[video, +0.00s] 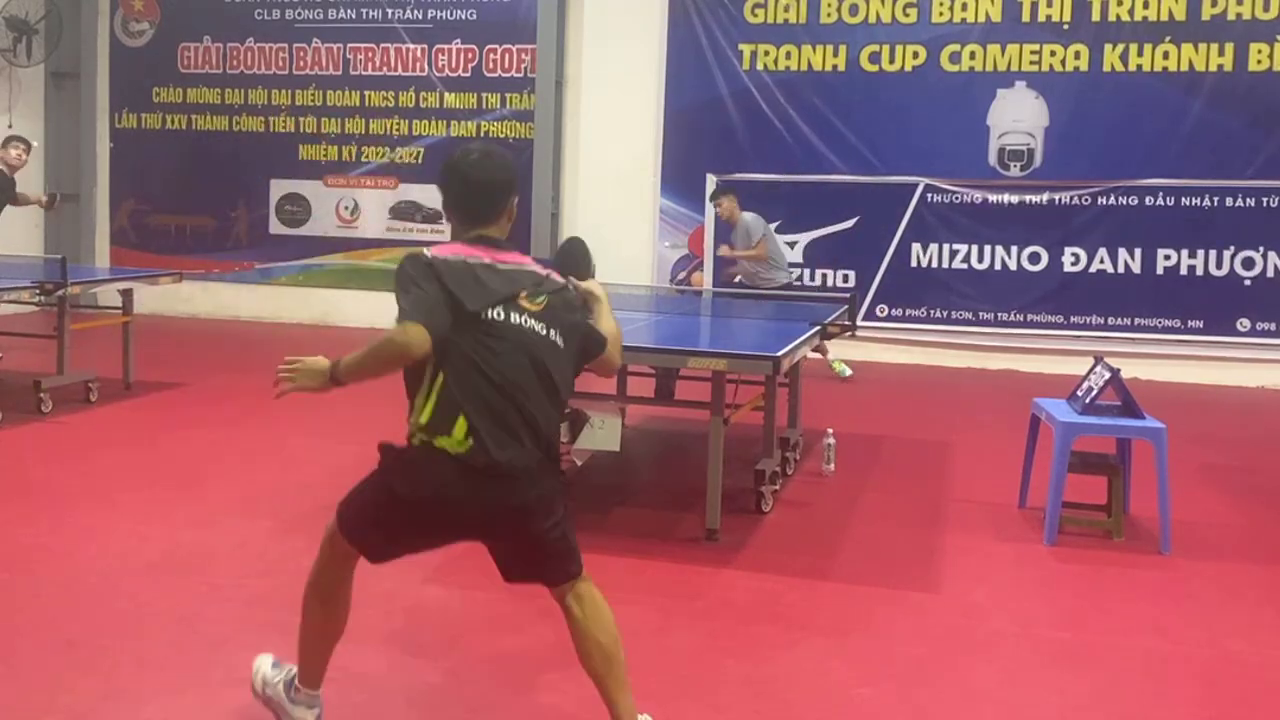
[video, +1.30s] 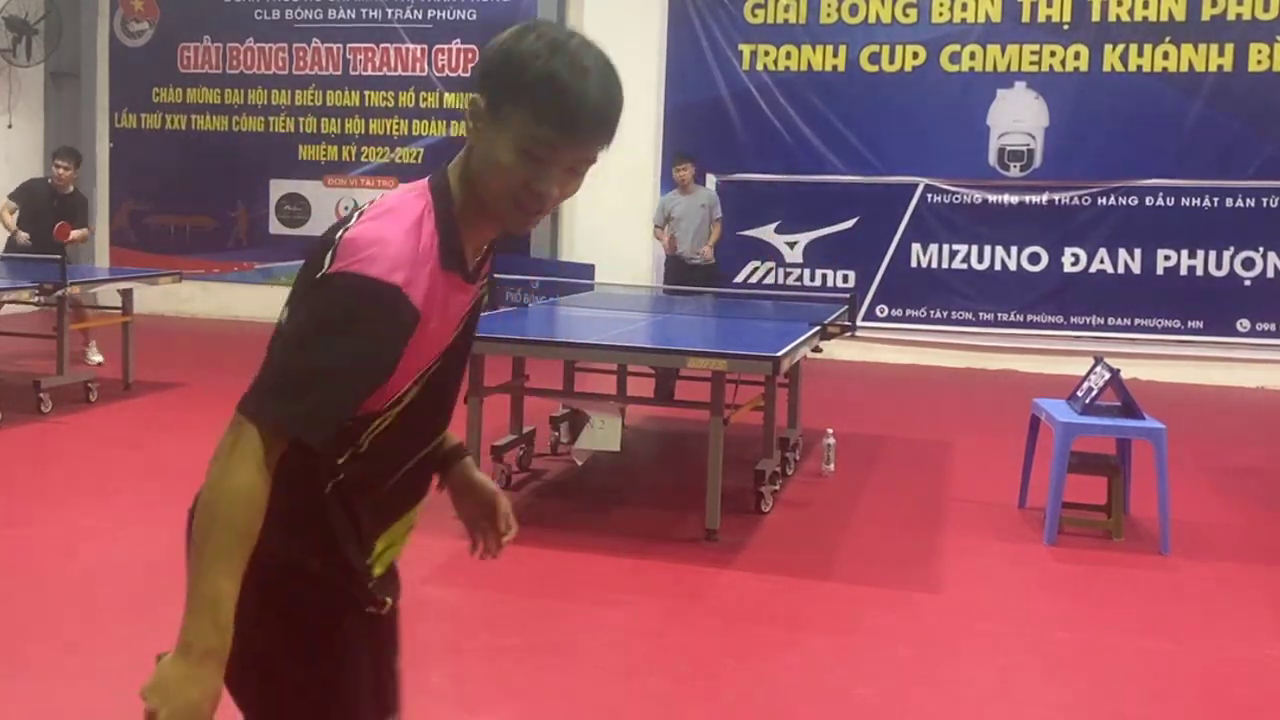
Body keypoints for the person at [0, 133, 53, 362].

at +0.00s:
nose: (20, 154)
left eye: (24, 152)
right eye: (15, 149)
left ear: (26, 160)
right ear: (2, 152)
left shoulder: (9, 180)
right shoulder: (3, 178)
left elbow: (14, 199)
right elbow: (14, 199)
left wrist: (40, 199)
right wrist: (38, 199)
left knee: (0, 294)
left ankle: (1, 350)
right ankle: (1, 350)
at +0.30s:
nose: (14, 174)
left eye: (20, 171)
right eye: (11, 168)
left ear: (27, 175)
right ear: (3, 167)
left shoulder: (24, 191)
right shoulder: (1, 185)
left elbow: (31, 207)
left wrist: (27, 226)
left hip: (2, 249)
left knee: (3, 300)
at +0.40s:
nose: (11, 174)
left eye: (17, 170)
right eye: (8, 168)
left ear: (27, 174)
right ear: (2, 167)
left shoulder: (28, 192)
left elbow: (42, 214)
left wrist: (50, 237)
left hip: (9, 252)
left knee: (23, 296)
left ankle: (7, 342)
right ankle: (6, 342)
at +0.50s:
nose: (16, 170)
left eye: (23, 167)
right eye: (12, 165)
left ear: (33, 171)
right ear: (7, 166)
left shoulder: (38, 192)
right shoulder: (2, 187)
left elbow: (56, 212)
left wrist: (64, 229)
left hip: (21, 253)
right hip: (2, 253)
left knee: (46, 289)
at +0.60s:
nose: (28, 167)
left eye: (34, 163)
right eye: (25, 161)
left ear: (45, 168)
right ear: (18, 163)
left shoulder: (53, 191)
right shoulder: (6, 187)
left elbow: (76, 214)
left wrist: (75, 228)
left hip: (42, 259)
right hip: (8, 259)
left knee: (71, 295)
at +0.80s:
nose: (54, 167)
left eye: (60, 163)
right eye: (51, 162)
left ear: (72, 167)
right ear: (47, 163)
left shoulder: (84, 193)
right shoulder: (34, 188)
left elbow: (109, 221)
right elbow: (8, 206)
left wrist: (100, 232)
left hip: (74, 263)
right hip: (37, 261)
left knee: (91, 300)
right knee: (14, 303)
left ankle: (104, 346)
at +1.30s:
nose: (60, 172)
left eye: (66, 169)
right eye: (57, 167)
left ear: (76, 173)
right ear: (51, 166)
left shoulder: (79, 200)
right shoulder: (34, 186)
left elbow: (85, 232)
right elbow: (4, 210)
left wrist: (77, 235)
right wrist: (15, 231)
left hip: (54, 261)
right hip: (18, 258)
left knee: (77, 297)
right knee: (2, 297)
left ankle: (90, 346)